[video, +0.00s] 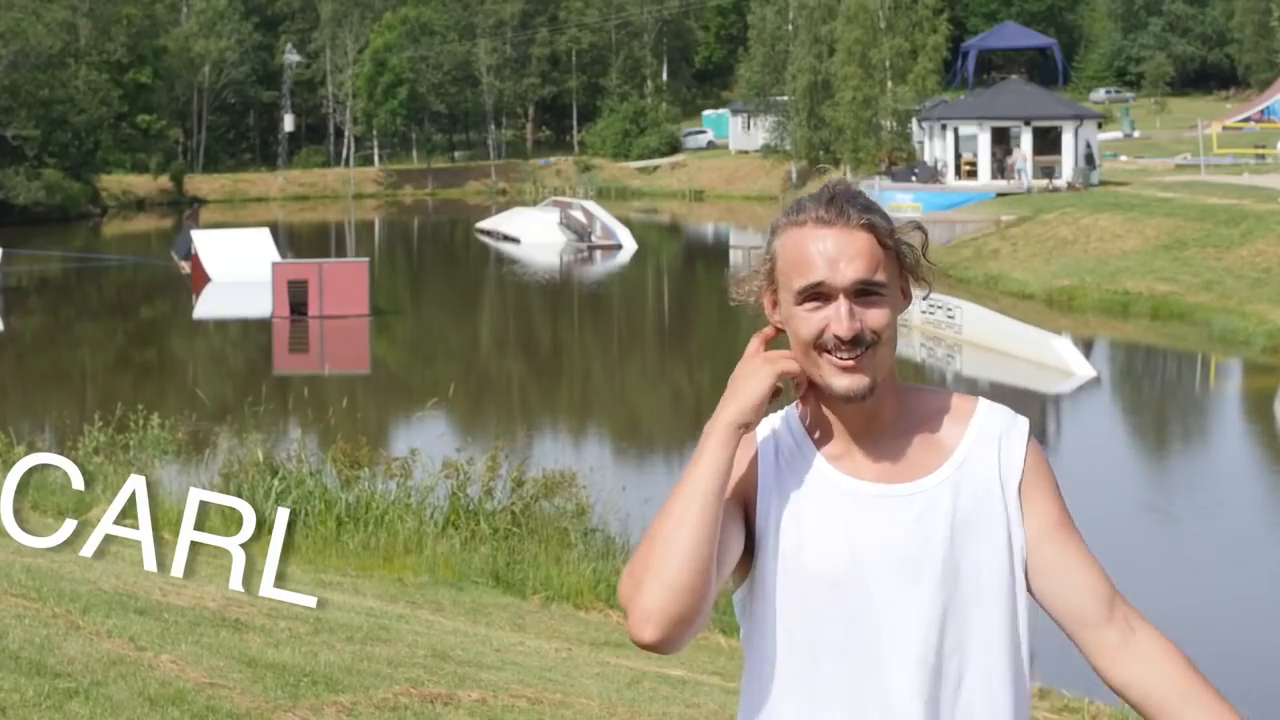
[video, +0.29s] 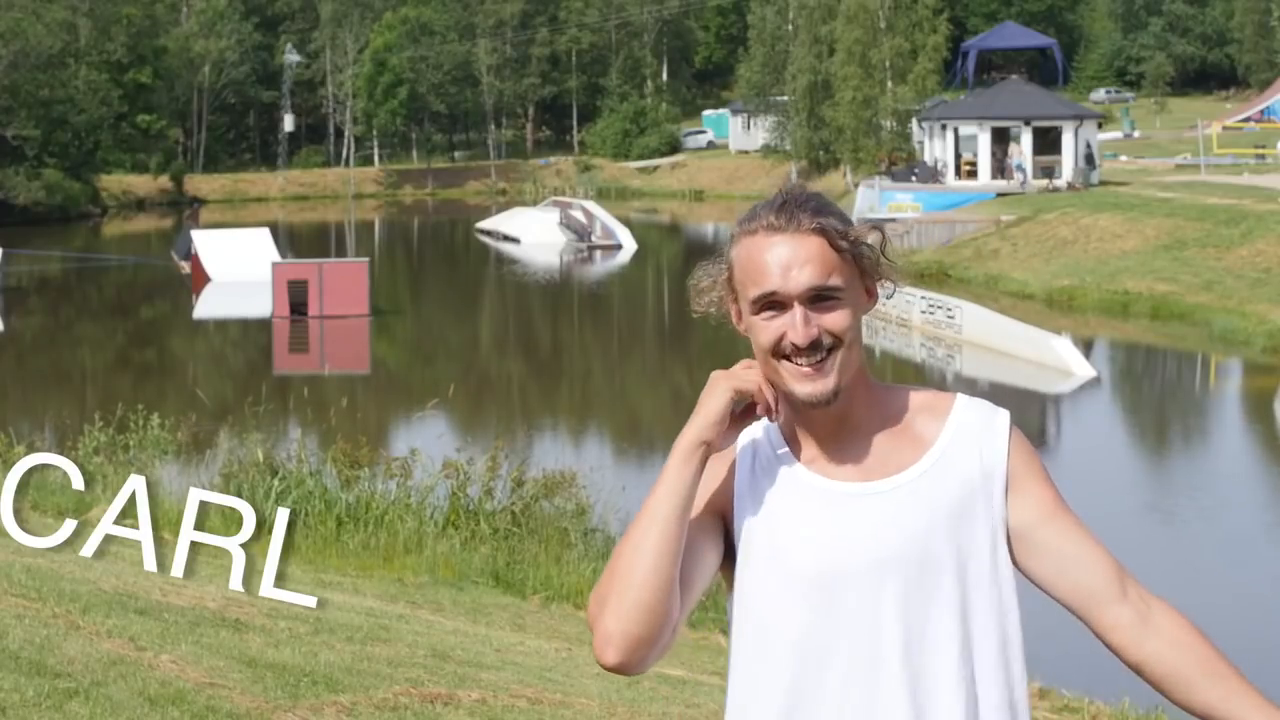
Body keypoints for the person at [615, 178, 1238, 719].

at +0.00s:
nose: (845, 323)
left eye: (868, 293)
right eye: (814, 298)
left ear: (902, 298)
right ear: (774, 310)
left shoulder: (994, 443)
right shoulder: (757, 457)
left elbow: (1116, 636)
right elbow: (653, 624)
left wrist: (1229, 713)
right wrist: (725, 421)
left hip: (974, 711)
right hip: (795, 711)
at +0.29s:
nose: (800, 329)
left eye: (822, 297)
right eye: (769, 308)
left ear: (865, 297)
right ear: (740, 322)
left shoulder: (979, 441)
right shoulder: (735, 468)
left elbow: (1129, 613)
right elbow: (621, 648)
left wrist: (1260, 712)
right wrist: (696, 439)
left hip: (960, 708)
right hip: (785, 711)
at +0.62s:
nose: (790, 371)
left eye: (813, 336)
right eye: (762, 348)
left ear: (874, 306)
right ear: (742, 344)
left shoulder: (1003, 466)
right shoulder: (753, 495)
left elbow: (1074, 675)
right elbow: (682, 698)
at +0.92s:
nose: (853, 393)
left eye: (880, 360)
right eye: (826, 365)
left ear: (938, 324)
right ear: (802, 346)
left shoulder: (1057, 464)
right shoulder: (812, 507)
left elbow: (1133, 687)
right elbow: (792, 699)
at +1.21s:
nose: (918, 407)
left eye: (948, 377)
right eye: (896, 374)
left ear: (1018, 342)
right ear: (880, 349)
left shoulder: (1136, 492)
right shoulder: (895, 496)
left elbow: (1194, 706)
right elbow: (870, 697)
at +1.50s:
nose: (990, 413)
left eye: (1023, 387)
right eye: (974, 376)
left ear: (1104, 361)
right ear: (964, 349)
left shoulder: (1197, 519)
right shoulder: (963, 476)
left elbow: (1223, 709)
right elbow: (930, 673)